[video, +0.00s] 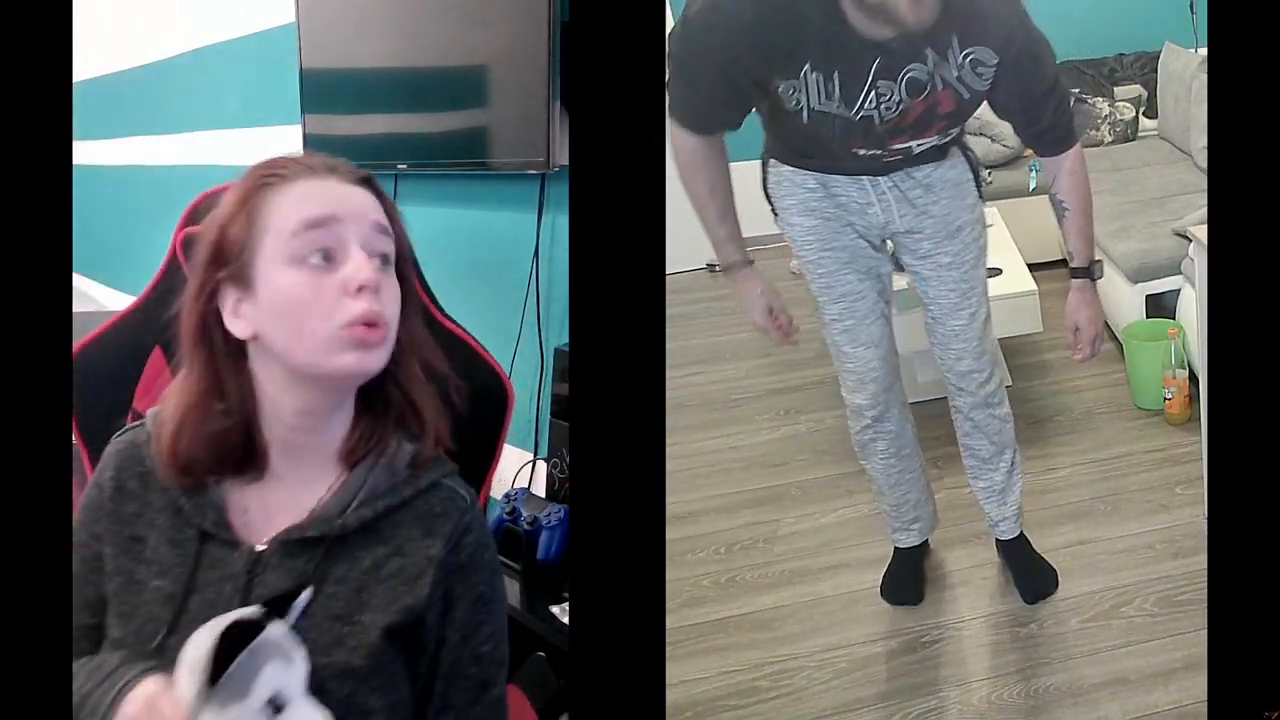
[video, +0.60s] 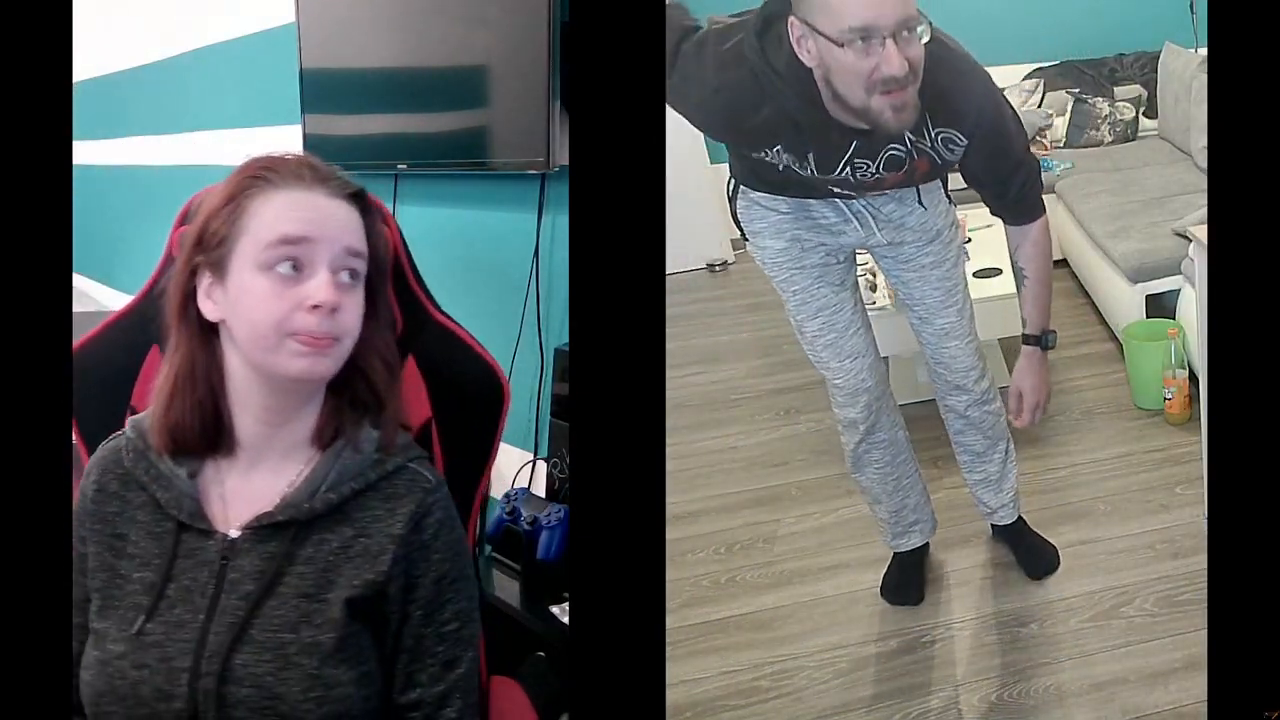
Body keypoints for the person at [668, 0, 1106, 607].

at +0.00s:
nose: (922, 6)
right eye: (903, 0)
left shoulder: (991, 17)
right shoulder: (747, 17)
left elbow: (1060, 139)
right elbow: (691, 117)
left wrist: (1083, 277)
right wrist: (737, 266)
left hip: (935, 174)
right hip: (814, 186)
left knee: (972, 367)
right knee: (869, 389)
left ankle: (1009, 527)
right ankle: (908, 533)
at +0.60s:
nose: (895, 62)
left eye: (907, 33)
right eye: (864, 41)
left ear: (922, 22)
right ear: (804, 43)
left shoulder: (962, 89)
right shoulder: (731, 80)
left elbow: (1025, 210)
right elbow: (672, 30)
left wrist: (1036, 345)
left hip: (913, 192)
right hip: (787, 205)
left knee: (961, 365)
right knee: (856, 390)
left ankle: (1004, 512)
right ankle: (909, 537)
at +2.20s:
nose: (961, 126)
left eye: (982, 96)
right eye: (934, 96)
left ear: (997, 74)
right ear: (888, 79)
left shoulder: (1033, 134)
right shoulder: (814, 77)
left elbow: (1080, 261)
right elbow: (752, 1)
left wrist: (1086, 393)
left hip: (978, 196)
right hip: (856, 185)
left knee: (994, 363)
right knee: (891, 371)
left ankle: (1007, 512)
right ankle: (911, 532)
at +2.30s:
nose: (966, 138)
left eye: (988, 108)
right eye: (940, 108)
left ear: (1005, 78)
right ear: (896, 89)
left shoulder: (1041, 142)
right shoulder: (824, 82)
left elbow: (1086, 264)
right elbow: (760, 4)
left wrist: (1088, 395)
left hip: (984, 195)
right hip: (864, 183)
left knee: (1000, 363)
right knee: (902, 370)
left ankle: (1008, 514)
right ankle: (910, 532)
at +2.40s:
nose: (966, 150)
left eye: (986, 124)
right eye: (942, 127)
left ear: (1004, 89)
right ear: (897, 100)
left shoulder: (1040, 139)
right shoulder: (831, 96)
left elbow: (1091, 266)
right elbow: (764, 5)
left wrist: (1092, 395)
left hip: (987, 194)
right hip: (870, 178)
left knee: (1001, 358)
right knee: (914, 361)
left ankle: (1009, 514)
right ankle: (914, 531)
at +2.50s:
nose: (964, 167)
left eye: (984, 140)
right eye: (941, 144)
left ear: (999, 103)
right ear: (893, 114)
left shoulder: (1039, 143)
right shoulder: (825, 103)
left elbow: (1092, 269)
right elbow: (758, 4)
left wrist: (1095, 397)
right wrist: (856, 31)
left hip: (992, 191)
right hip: (871, 177)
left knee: (1002, 356)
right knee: (914, 362)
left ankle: (1010, 514)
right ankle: (925, 532)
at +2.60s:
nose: (955, 188)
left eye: (974, 162)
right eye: (931, 162)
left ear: (995, 122)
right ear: (887, 127)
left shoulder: (1034, 150)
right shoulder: (818, 119)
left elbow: (1090, 271)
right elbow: (748, 3)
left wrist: (1097, 397)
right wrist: (844, 40)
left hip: (990, 192)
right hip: (867, 179)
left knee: (1001, 357)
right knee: (912, 370)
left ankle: (1010, 516)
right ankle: (941, 542)